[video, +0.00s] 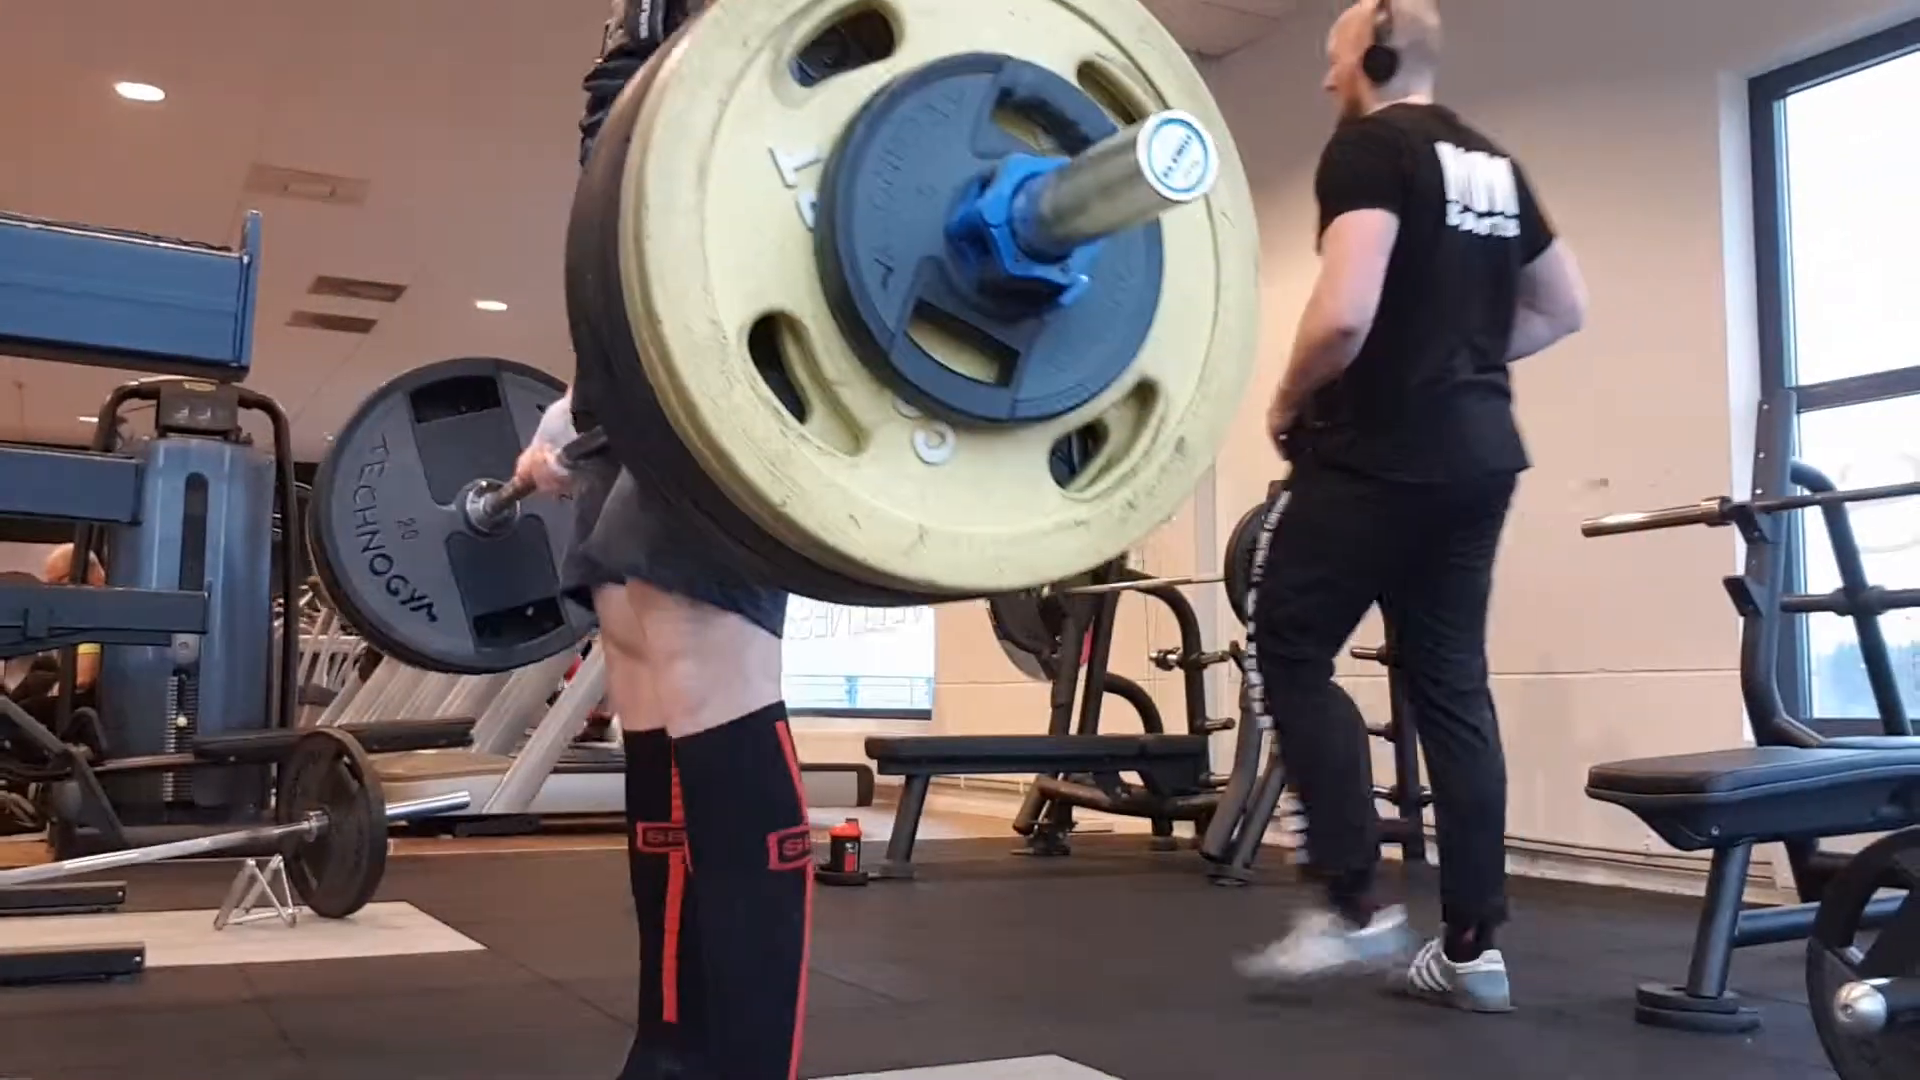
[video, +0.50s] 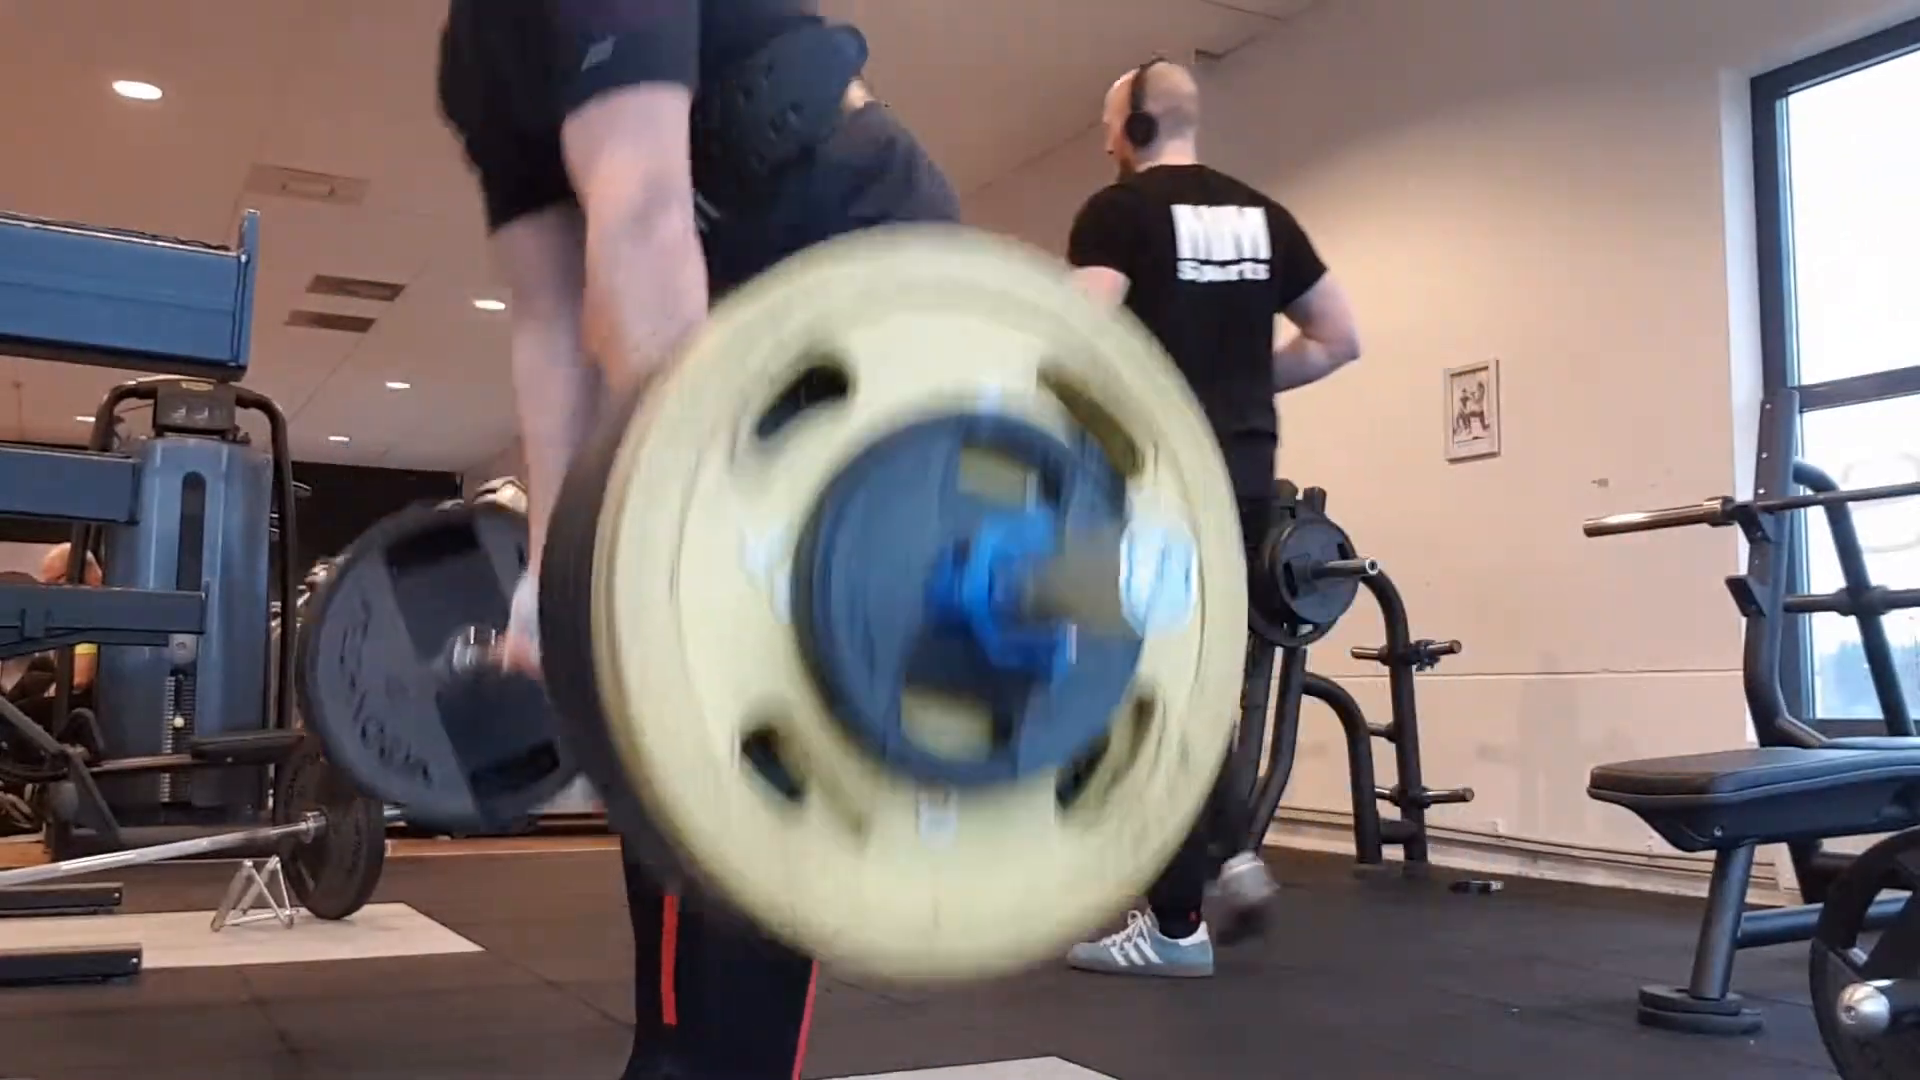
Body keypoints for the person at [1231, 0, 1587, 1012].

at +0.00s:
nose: (1325, 77)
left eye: (1331, 59)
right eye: (1328, 59)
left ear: (1364, 57)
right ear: (1423, 64)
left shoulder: (1368, 145)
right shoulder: (1494, 162)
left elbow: (1346, 314)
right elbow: (1559, 308)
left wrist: (1287, 399)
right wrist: (1462, 356)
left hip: (1375, 457)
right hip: (1477, 459)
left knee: (1291, 651)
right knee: (1450, 685)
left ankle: (1354, 910)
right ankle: (1472, 946)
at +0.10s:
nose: (1284, 102)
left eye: (1289, 86)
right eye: (1285, 86)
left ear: (1319, 84)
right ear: (1376, 84)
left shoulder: (1325, 161)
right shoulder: (1444, 177)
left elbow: (1316, 328)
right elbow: (1506, 325)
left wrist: (1254, 411)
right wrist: (1414, 365)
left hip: (1334, 467)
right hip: (1434, 466)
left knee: (1283, 695)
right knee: (1427, 692)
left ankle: (1219, 918)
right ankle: (1472, 949)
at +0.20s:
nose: (1237, 123)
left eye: (1241, 108)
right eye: (1240, 106)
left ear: (1267, 109)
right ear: (1327, 108)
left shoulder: (1272, 190)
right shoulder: (1395, 201)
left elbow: (1269, 353)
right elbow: (1459, 341)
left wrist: (1206, 430)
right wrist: (1360, 377)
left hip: (1287, 488)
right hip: (1385, 482)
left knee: (1253, 706)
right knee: (1387, 700)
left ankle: (1187, 923)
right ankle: (1466, 939)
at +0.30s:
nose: (1178, 128)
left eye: (1183, 115)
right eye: (1182, 114)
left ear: (1211, 121)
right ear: (1273, 122)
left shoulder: (1192, 208)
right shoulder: (1342, 210)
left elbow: (1146, 335)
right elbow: (1409, 345)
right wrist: (1322, 385)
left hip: (1223, 499)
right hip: (1332, 496)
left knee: (1190, 701)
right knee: (1314, 689)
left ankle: (1175, 927)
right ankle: (1429, 888)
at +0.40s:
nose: (1137, 136)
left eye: (1140, 123)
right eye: (1140, 122)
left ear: (1162, 127)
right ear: (1229, 126)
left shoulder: (1144, 212)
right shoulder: (1296, 208)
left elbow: (1096, 336)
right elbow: (1371, 340)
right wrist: (1283, 379)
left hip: (1187, 485)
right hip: (1282, 486)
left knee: (1169, 702)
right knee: (1243, 679)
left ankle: (1176, 925)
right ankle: (1337, 830)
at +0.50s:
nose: (1104, 139)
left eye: (1107, 127)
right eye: (1109, 125)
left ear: (1125, 130)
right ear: (1193, 129)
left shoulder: (1116, 208)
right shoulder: (1263, 213)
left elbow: (1080, 327)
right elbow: (1336, 340)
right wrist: (1254, 375)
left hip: (1159, 476)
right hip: (1246, 475)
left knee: (1161, 681)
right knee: (1210, 677)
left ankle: (1175, 924)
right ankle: (1230, 855)